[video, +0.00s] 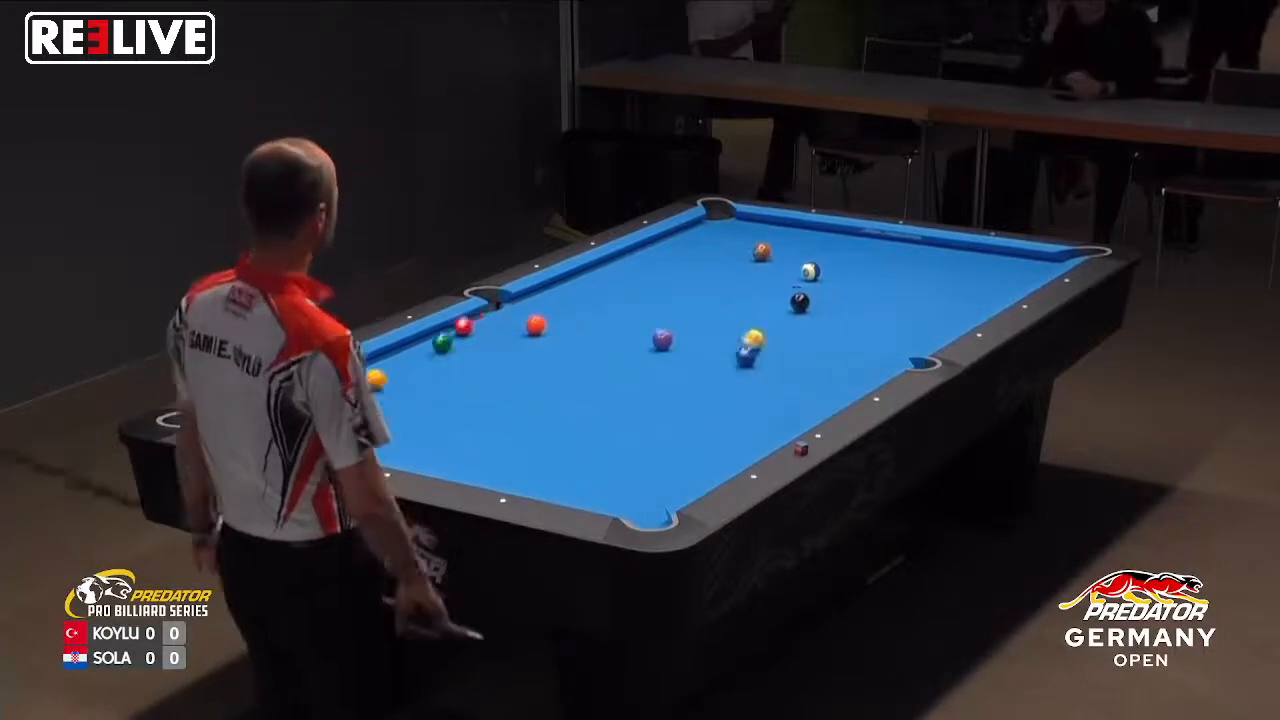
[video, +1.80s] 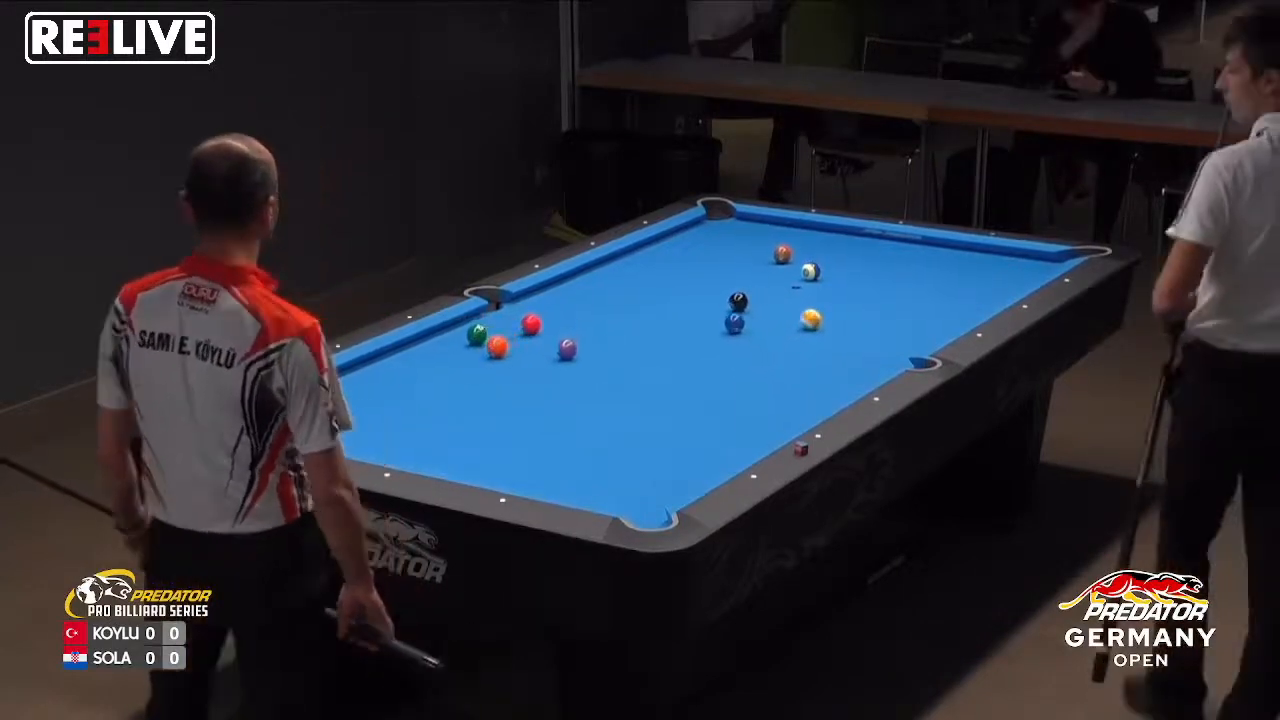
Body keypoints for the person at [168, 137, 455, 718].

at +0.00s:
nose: (336, 215)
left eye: (331, 200)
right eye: (334, 203)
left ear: (248, 207)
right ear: (320, 218)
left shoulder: (195, 305)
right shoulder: (320, 342)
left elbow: (189, 431)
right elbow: (365, 495)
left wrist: (201, 527)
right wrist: (412, 577)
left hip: (241, 561)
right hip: (319, 566)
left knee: (278, 696)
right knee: (351, 698)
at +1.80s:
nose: (279, 211)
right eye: (278, 200)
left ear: (186, 207)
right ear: (270, 212)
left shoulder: (131, 306)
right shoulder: (288, 332)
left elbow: (113, 449)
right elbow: (331, 489)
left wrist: (132, 523)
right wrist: (359, 583)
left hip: (174, 550)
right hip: (270, 556)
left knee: (174, 701)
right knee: (283, 698)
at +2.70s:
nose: (132, 174)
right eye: (132, 164)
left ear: (50, 165)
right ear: (123, 170)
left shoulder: (11, 256)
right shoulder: (165, 268)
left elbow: (8, 390)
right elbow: (191, 409)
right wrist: (174, 486)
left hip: (40, 494)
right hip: (138, 489)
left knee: (71, 651)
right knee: (120, 653)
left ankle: (96, 713)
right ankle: (112, 713)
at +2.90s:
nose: (124, 161)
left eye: (124, 151)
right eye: (124, 151)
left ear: (46, 148)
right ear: (113, 156)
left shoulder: (7, 228)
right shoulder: (146, 251)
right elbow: (168, 392)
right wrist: (154, 473)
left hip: (20, 464)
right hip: (113, 463)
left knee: (34, 637)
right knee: (109, 627)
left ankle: (59, 713)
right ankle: (102, 712)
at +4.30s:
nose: (182, 115)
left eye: (184, 102)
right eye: (178, 102)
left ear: (130, 92)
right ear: (149, 98)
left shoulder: (37, 149)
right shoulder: (157, 185)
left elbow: (7, 260)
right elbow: (187, 302)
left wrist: (21, 321)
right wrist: (208, 312)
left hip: (50, 353)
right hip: (132, 359)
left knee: (44, 520)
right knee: (182, 496)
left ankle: (24, 682)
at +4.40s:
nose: (210, 110)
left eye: (212, 98)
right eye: (207, 98)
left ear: (154, 90)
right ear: (179, 97)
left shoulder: (68, 145)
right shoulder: (187, 182)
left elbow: (29, 256)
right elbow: (224, 297)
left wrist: (61, 308)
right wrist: (254, 299)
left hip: (76, 348)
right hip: (159, 355)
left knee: (60, 509)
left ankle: (28, 677)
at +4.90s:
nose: (388, 113)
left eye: (392, 102)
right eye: (388, 101)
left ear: (339, 78)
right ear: (368, 91)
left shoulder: (255, 103)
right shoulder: (359, 157)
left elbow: (185, 190)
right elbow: (429, 242)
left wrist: (192, 261)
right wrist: (481, 277)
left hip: (190, 284)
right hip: (261, 306)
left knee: (149, 425)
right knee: (280, 439)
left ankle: (102, 570)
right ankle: (283, 581)